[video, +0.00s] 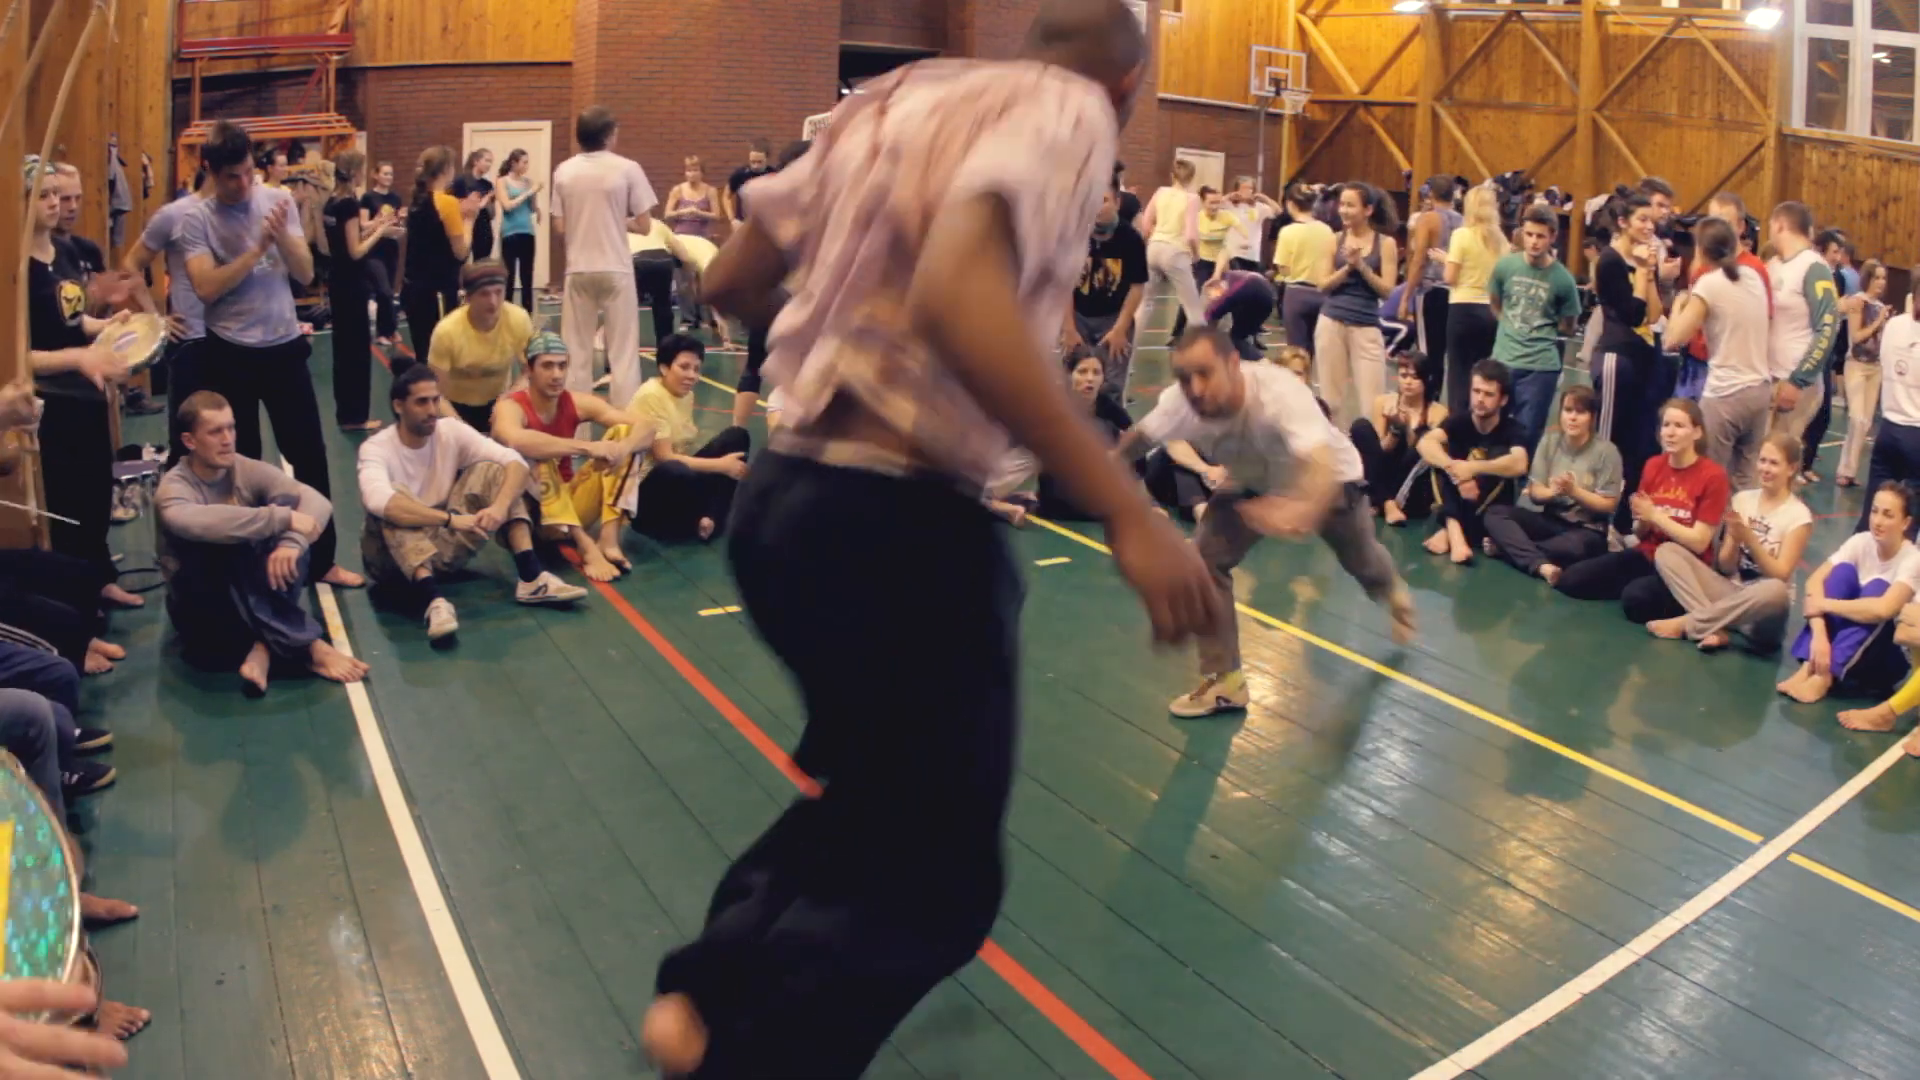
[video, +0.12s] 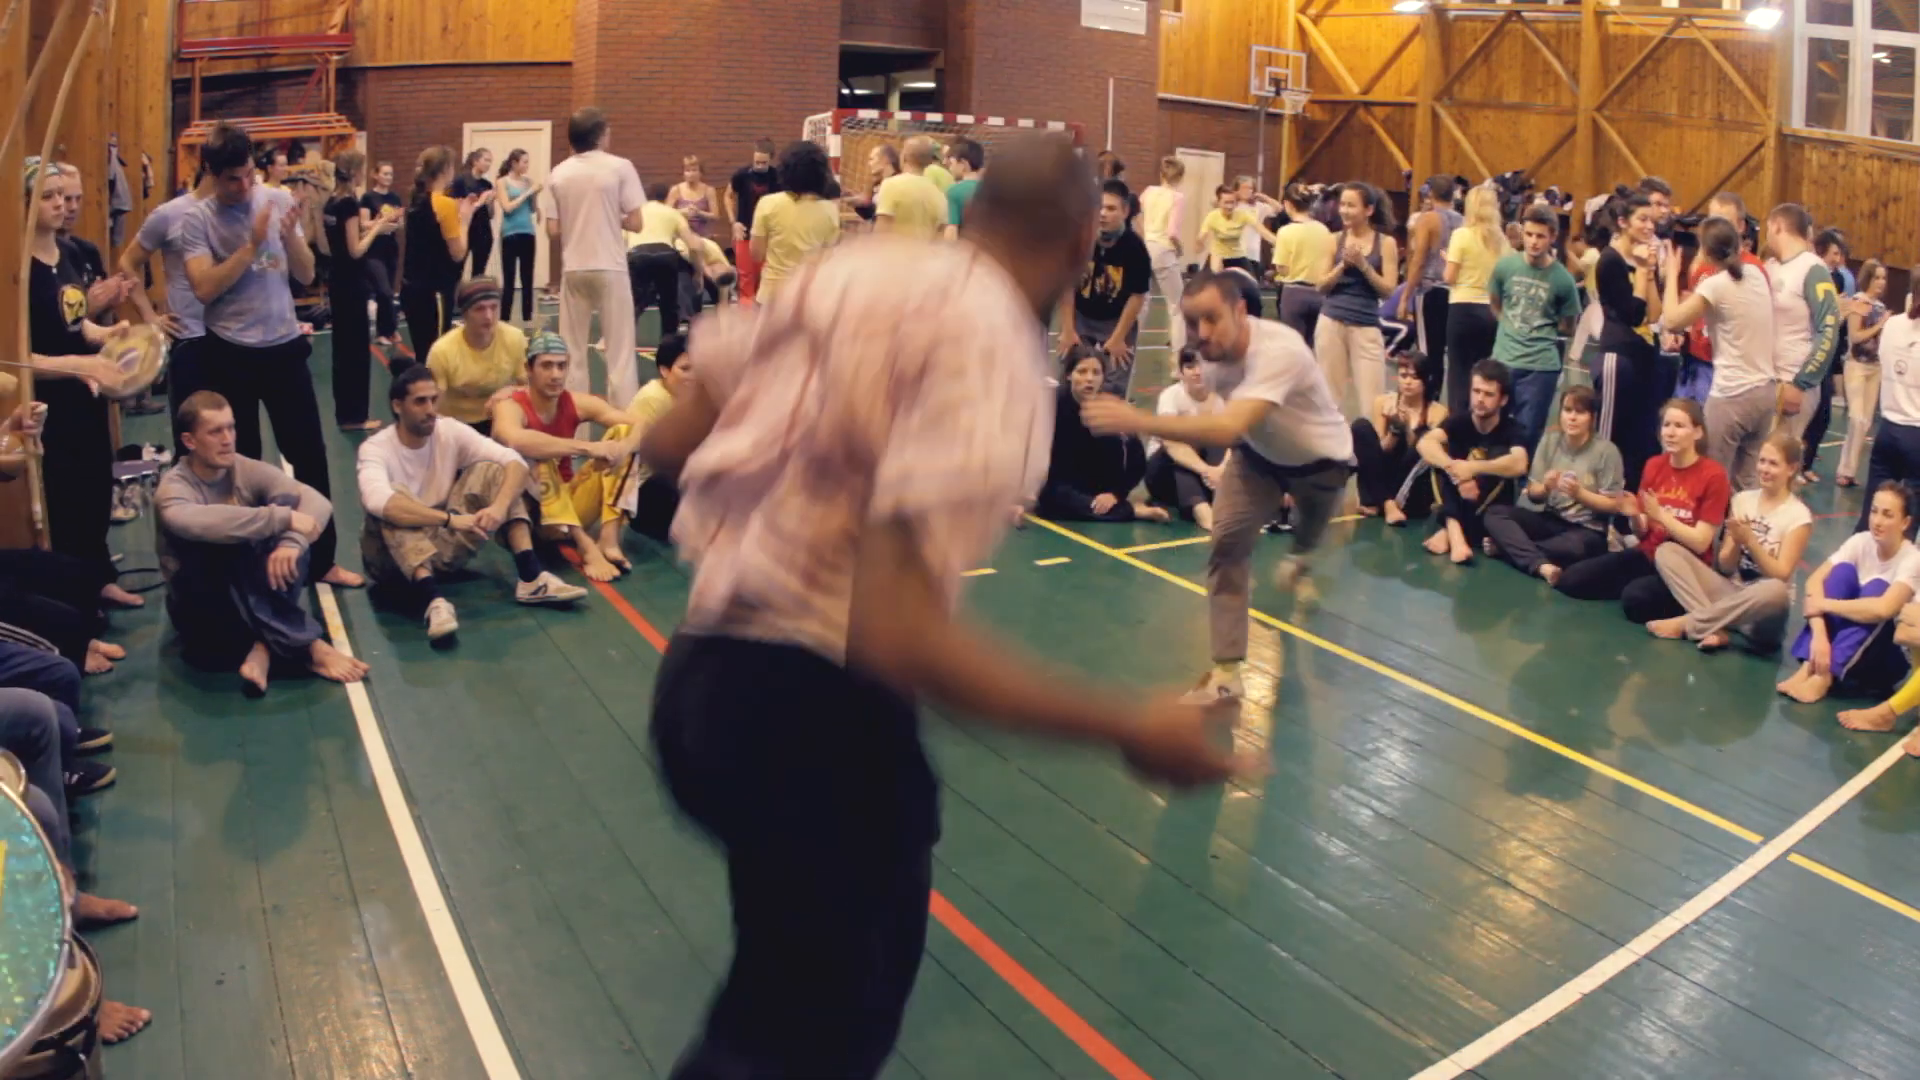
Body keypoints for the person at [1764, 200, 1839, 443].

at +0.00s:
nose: (1769, 232)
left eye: (1771, 225)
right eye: (1770, 225)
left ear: (1780, 225)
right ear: (1803, 227)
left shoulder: (1815, 267)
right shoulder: (1772, 267)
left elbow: (1827, 329)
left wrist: (1796, 381)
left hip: (1800, 379)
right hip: (1767, 374)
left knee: (1778, 457)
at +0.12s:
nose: (1767, 235)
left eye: (1767, 228)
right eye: (1767, 229)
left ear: (1777, 226)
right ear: (1798, 229)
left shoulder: (1814, 269)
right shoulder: (1771, 269)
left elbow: (1829, 332)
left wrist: (1800, 384)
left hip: (1797, 381)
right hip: (1765, 375)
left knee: (1781, 460)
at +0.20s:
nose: (1763, 236)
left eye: (1765, 229)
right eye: (1763, 230)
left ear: (1775, 228)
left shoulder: (1813, 271)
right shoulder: (1767, 268)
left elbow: (1830, 333)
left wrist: (1805, 387)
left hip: (1794, 381)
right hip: (1761, 375)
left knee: (1779, 461)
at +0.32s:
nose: (1759, 234)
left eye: (1762, 227)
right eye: (1761, 227)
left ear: (1774, 227)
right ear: (1782, 228)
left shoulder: (1813, 273)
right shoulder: (1763, 267)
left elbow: (1829, 335)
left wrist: (1808, 388)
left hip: (1794, 379)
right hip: (1759, 373)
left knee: (1777, 460)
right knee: (1748, 457)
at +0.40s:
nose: (1758, 233)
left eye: (1761, 226)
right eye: (1759, 226)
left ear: (1772, 227)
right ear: (1782, 227)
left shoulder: (1812, 273)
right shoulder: (1761, 267)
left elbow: (1827, 336)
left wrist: (1808, 387)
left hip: (1793, 377)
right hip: (1757, 371)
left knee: (1777, 457)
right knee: (1746, 455)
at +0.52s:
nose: (1751, 232)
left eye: (1753, 225)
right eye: (1751, 226)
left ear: (1767, 226)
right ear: (1773, 227)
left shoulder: (1809, 270)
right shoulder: (1752, 266)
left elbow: (1822, 334)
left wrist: (1804, 387)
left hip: (1790, 374)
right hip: (1751, 369)